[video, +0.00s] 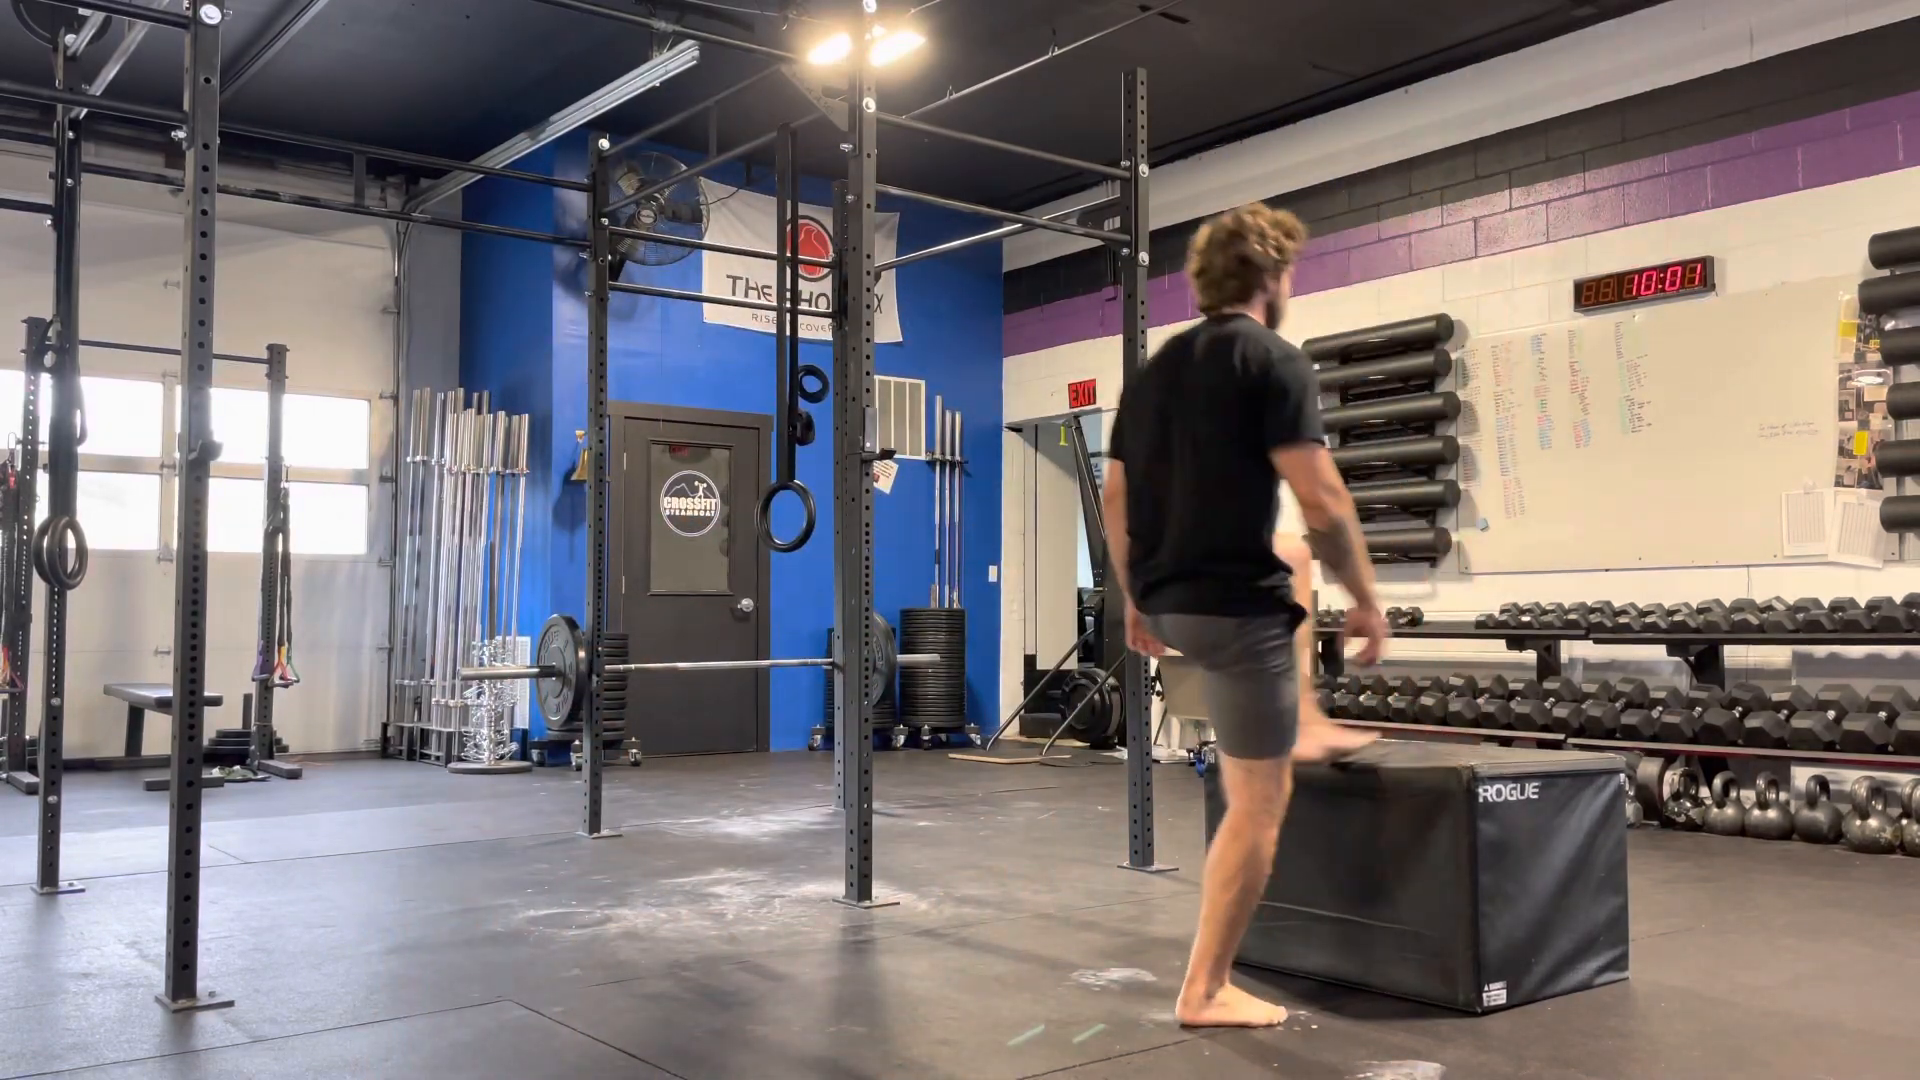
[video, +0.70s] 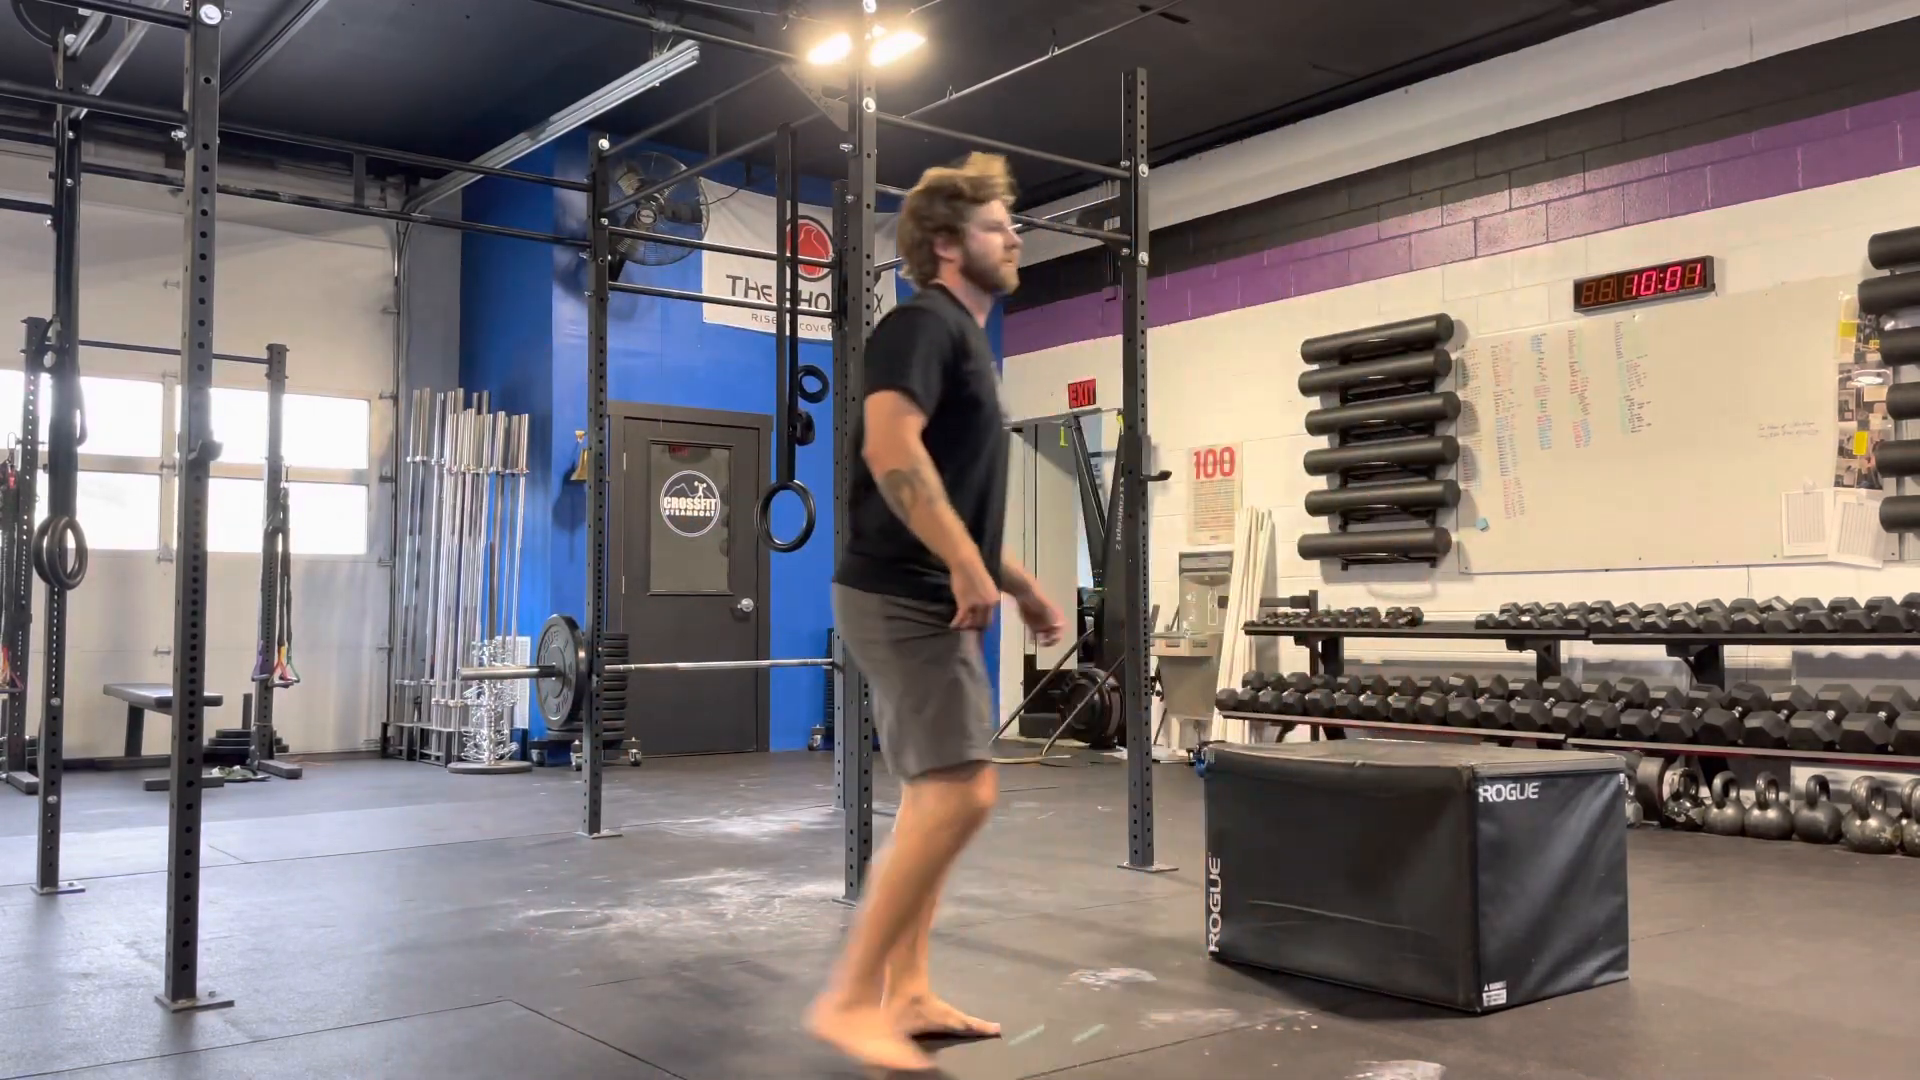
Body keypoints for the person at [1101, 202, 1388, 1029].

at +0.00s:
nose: (1291, 290)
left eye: (1289, 276)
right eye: (1289, 277)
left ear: (1205, 282)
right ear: (1271, 283)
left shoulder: (1150, 372)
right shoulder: (1271, 361)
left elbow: (1115, 498)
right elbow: (1322, 507)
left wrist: (1132, 600)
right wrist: (1363, 598)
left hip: (1163, 600)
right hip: (1237, 606)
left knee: (1292, 559)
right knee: (1255, 804)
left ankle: (1303, 724)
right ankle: (1203, 989)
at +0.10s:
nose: (1257, 271)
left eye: (1255, 258)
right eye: (1254, 259)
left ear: (1163, 269)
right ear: (1235, 266)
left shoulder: (1112, 359)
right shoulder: (1240, 346)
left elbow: (1081, 479)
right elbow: (1252, 482)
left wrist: (1107, 570)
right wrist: (1268, 599)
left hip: (1124, 588)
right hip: (1199, 590)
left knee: (1210, 658)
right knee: (1229, 797)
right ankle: (1202, 987)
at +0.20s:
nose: (1221, 264)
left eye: (1217, 249)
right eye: (1214, 250)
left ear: (1128, 267)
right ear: (1191, 259)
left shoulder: (1085, 357)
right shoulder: (1192, 345)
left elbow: (1054, 478)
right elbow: (1181, 465)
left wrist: (1086, 567)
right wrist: (1183, 593)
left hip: (1090, 592)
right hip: (1157, 593)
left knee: (1159, 738)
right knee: (1213, 786)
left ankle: (1061, 830)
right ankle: (1203, 987)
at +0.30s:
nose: (1178, 265)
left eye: (1173, 248)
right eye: (1168, 250)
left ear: (1098, 273)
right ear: (1133, 266)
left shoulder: (1057, 364)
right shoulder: (1124, 352)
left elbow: (1037, 497)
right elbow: (1105, 479)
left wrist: (1081, 590)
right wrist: (1120, 603)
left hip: (1053, 605)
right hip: (1123, 608)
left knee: (1086, 783)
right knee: (1197, 781)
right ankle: (1203, 988)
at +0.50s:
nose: (1089, 269)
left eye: (1084, 255)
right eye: (1075, 254)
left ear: (1032, 271)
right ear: (1034, 267)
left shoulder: (1024, 357)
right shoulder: (1008, 348)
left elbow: (1028, 505)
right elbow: (978, 474)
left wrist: (1089, 591)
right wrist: (1032, 595)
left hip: (967, 616)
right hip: (1000, 615)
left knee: (985, 796)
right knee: (1099, 788)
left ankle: (910, 994)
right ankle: (1141, 984)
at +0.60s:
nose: (1051, 252)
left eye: (1047, 237)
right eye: (1036, 237)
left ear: (992, 255)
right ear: (988, 251)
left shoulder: (989, 340)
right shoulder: (962, 325)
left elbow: (978, 503)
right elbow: (935, 451)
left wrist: (1056, 580)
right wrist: (993, 572)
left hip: (938, 593)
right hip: (950, 594)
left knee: (951, 785)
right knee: (1038, 781)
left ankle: (907, 992)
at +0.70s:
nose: (1016, 241)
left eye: (1012, 226)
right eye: (998, 228)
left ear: (967, 249)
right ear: (948, 247)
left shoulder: (962, 336)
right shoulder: (923, 321)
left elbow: (946, 495)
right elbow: (889, 450)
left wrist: (1017, 577)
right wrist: (965, 563)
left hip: (925, 597)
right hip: (897, 595)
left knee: (936, 792)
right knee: (961, 790)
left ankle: (908, 992)